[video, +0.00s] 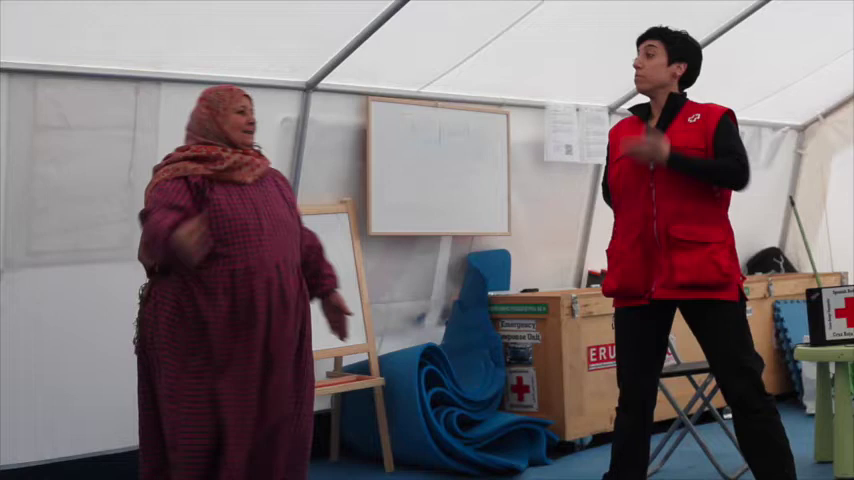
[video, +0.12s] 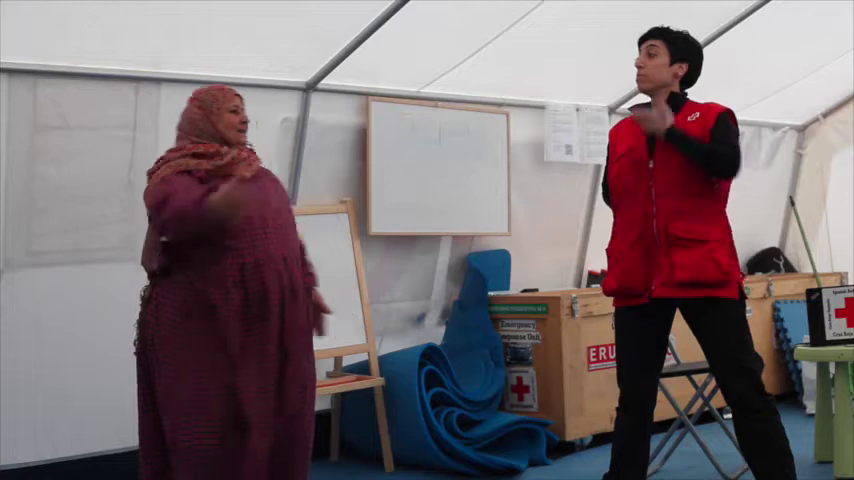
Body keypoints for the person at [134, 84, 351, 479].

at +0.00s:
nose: (252, 119)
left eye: (252, 113)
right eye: (241, 112)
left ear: (254, 121)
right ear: (210, 119)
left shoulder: (271, 178)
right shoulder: (180, 175)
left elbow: (300, 239)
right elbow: (157, 227)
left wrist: (327, 291)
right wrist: (178, 241)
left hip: (274, 332)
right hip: (201, 334)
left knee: (277, 439)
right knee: (201, 438)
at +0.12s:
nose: (245, 118)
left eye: (244, 112)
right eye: (234, 111)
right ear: (204, 119)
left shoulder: (259, 174)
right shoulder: (175, 173)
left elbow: (288, 239)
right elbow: (176, 218)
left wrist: (308, 290)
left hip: (268, 325)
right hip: (199, 330)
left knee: (275, 431)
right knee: (206, 434)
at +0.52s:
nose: (281, 137)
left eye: (279, 128)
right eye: (274, 128)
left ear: (233, 132)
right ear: (249, 133)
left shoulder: (208, 173)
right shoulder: (234, 184)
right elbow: (286, 235)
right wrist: (354, 249)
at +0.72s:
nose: (325, 201)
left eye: (327, 191)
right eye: (323, 191)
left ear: (276, 169)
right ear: (307, 191)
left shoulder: (221, 191)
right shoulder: (276, 233)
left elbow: (165, 224)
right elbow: (305, 314)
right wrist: (361, 357)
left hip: (132, 321)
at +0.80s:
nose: (335, 236)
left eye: (337, 227)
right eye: (334, 227)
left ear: (296, 193)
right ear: (318, 225)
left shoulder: (243, 201)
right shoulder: (284, 263)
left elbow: (175, 217)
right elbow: (303, 347)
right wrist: (348, 393)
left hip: (121, 322)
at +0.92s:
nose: (345, 284)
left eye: (351, 276)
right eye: (347, 276)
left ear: (319, 228)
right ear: (335, 271)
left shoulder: (262, 223)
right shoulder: (292, 297)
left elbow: (182, 238)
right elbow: (296, 386)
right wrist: (327, 439)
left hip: (120, 319)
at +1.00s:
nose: (346, 310)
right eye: (350, 304)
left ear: (328, 250)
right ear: (343, 301)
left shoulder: (278, 239)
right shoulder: (297, 320)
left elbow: (193, 242)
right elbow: (290, 402)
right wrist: (314, 458)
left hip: (121, 311)